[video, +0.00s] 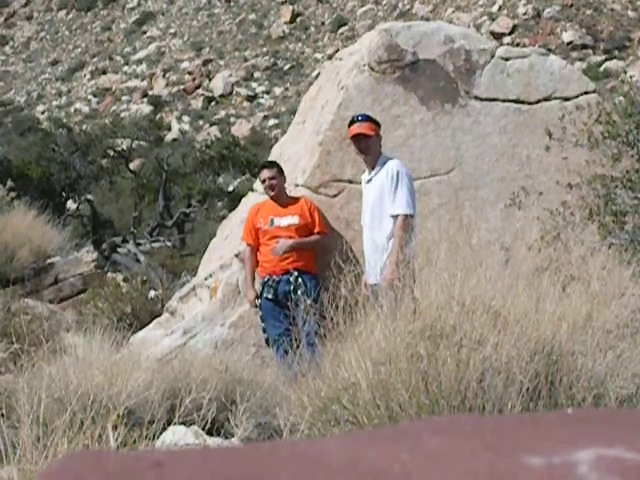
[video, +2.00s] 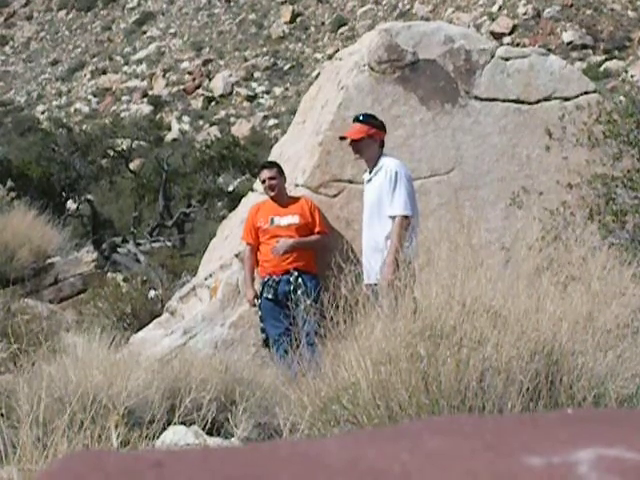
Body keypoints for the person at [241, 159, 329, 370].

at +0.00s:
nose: (269, 184)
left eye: (273, 178)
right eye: (264, 181)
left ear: (283, 178)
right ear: (261, 185)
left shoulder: (304, 205)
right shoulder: (257, 212)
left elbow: (324, 237)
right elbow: (250, 249)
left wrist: (293, 244)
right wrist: (249, 286)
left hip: (303, 277)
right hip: (271, 281)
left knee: (310, 335)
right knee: (279, 340)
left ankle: (316, 383)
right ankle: (292, 386)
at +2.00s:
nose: (269, 184)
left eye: (273, 178)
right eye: (264, 181)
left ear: (283, 178)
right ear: (261, 185)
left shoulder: (305, 205)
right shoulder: (257, 212)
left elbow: (325, 236)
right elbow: (250, 249)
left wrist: (294, 243)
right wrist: (249, 285)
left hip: (303, 277)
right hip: (271, 281)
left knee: (310, 334)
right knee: (278, 339)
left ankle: (316, 381)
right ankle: (291, 385)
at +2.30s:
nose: (268, 185)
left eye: (272, 180)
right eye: (263, 182)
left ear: (282, 179)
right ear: (260, 186)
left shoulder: (305, 205)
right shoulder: (257, 211)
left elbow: (324, 236)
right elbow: (246, 245)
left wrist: (293, 244)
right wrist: (225, 268)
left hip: (303, 278)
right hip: (271, 281)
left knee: (310, 334)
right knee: (278, 339)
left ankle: (315, 381)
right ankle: (291, 385)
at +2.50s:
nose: (267, 185)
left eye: (271, 180)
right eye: (263, 182)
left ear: (282, 180)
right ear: (260, 186)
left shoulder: (304, 204)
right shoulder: (257, 210)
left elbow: (323, 236)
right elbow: (234, 238)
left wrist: (293, 243)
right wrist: (205, 241)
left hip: (302, 277)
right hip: (271, 280)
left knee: (310, 333)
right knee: (278, 339)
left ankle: (316, 380)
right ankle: (292, 385)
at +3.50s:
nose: (270, 185)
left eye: (274, 180)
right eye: (265, 182)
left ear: (284, 180)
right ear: (261, 186)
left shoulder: (304, 205)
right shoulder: (256, 211)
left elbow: (323, 237)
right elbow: (239, 244)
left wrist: (293, 243)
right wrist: (223, 273)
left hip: (303, 277)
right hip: (271, 280)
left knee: (310, 332)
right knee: (279, 338)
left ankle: (315, 379)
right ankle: (290, 382)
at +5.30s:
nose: (272, 181)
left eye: (276, 176)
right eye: (267, 178)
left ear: (285, 178)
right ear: (263, 183)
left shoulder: (306, 205)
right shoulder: (258, 210)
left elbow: (324, 238)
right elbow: (246, 242)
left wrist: (293, 243)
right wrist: (243, 249)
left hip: (304, 278)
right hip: (272, 281)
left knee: (310, 335)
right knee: (278, 338)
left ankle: (315, 381)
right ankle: (288, 384)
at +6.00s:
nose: (272, 181)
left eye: (276, 176)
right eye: (267, 178)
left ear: (285, 178)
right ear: (263, 183)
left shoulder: (306, 205)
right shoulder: (258, 210)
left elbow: (324, 236)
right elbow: (246, 243)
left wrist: (294, 243)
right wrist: (245, 221)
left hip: (303, 276)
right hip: (272, 279)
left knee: (309, 332)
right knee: (279, 336)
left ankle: (315, 379)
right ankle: (288, 382)